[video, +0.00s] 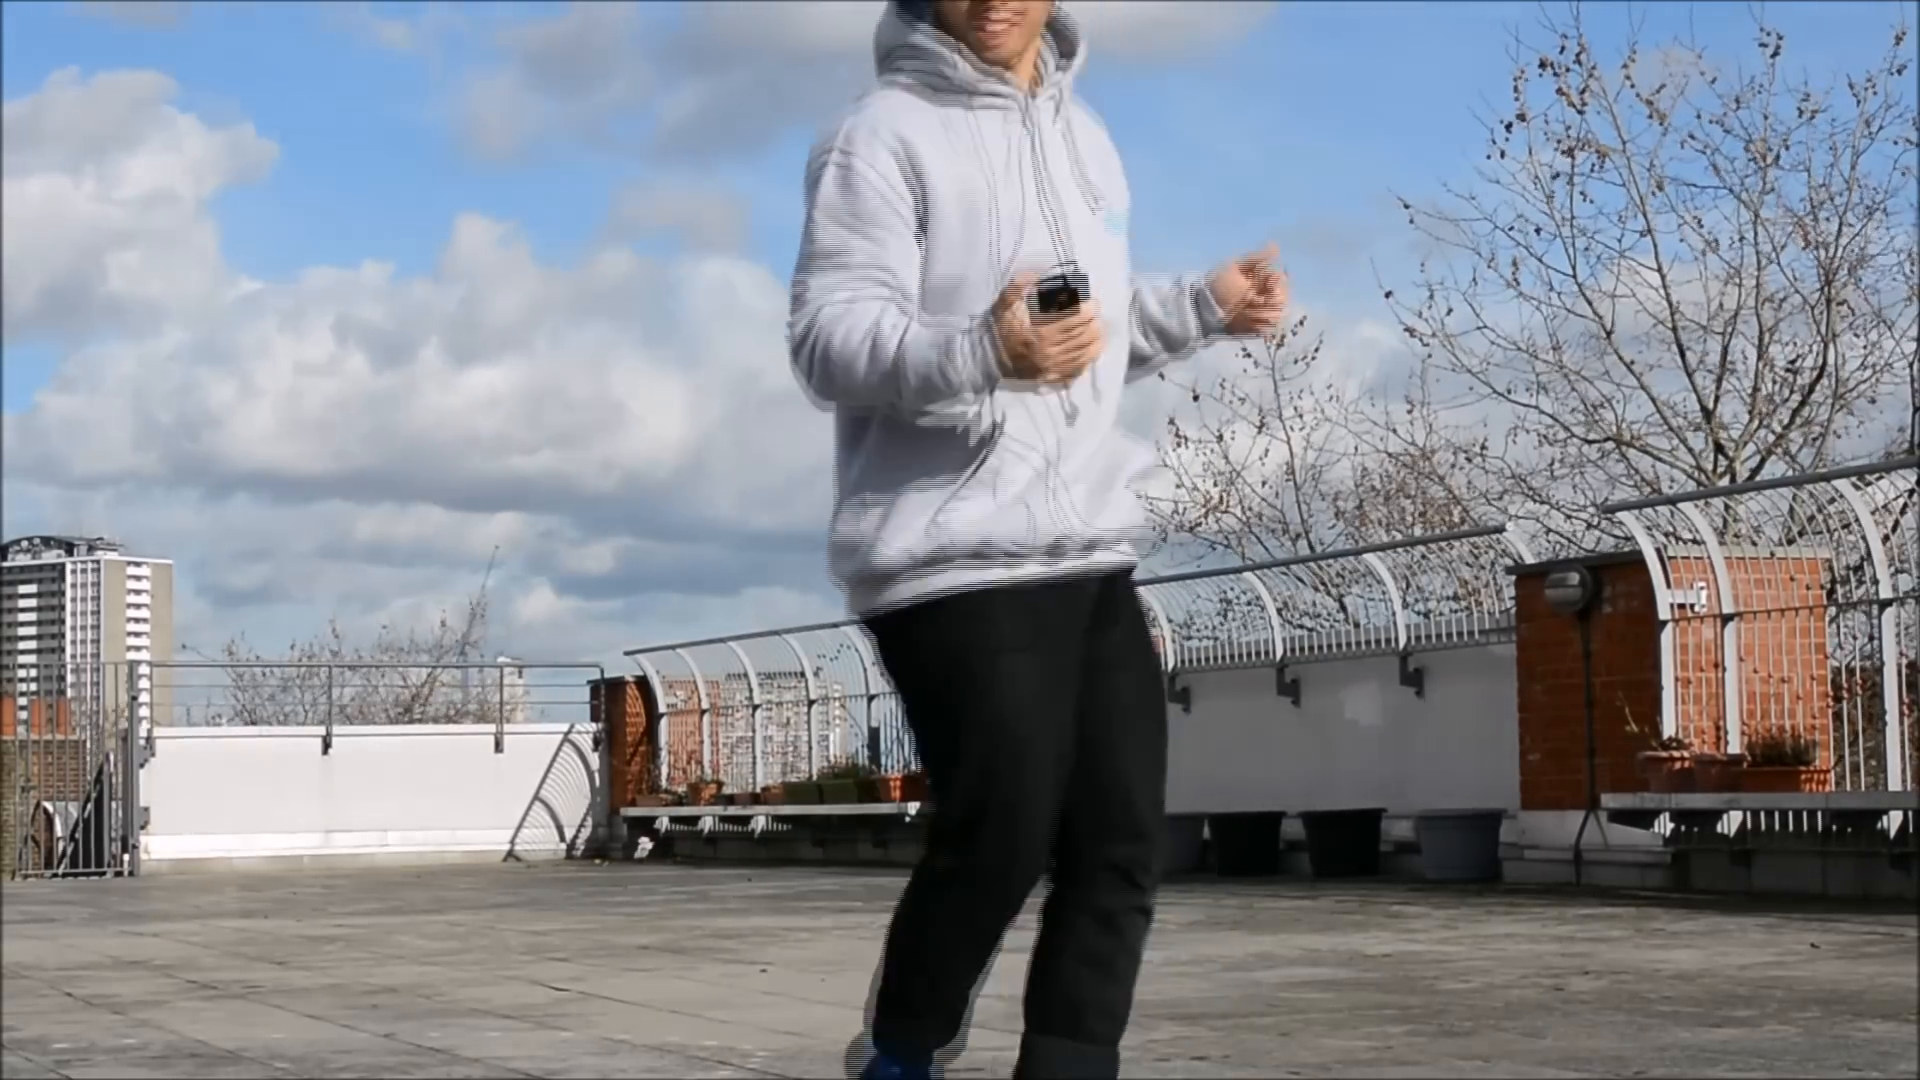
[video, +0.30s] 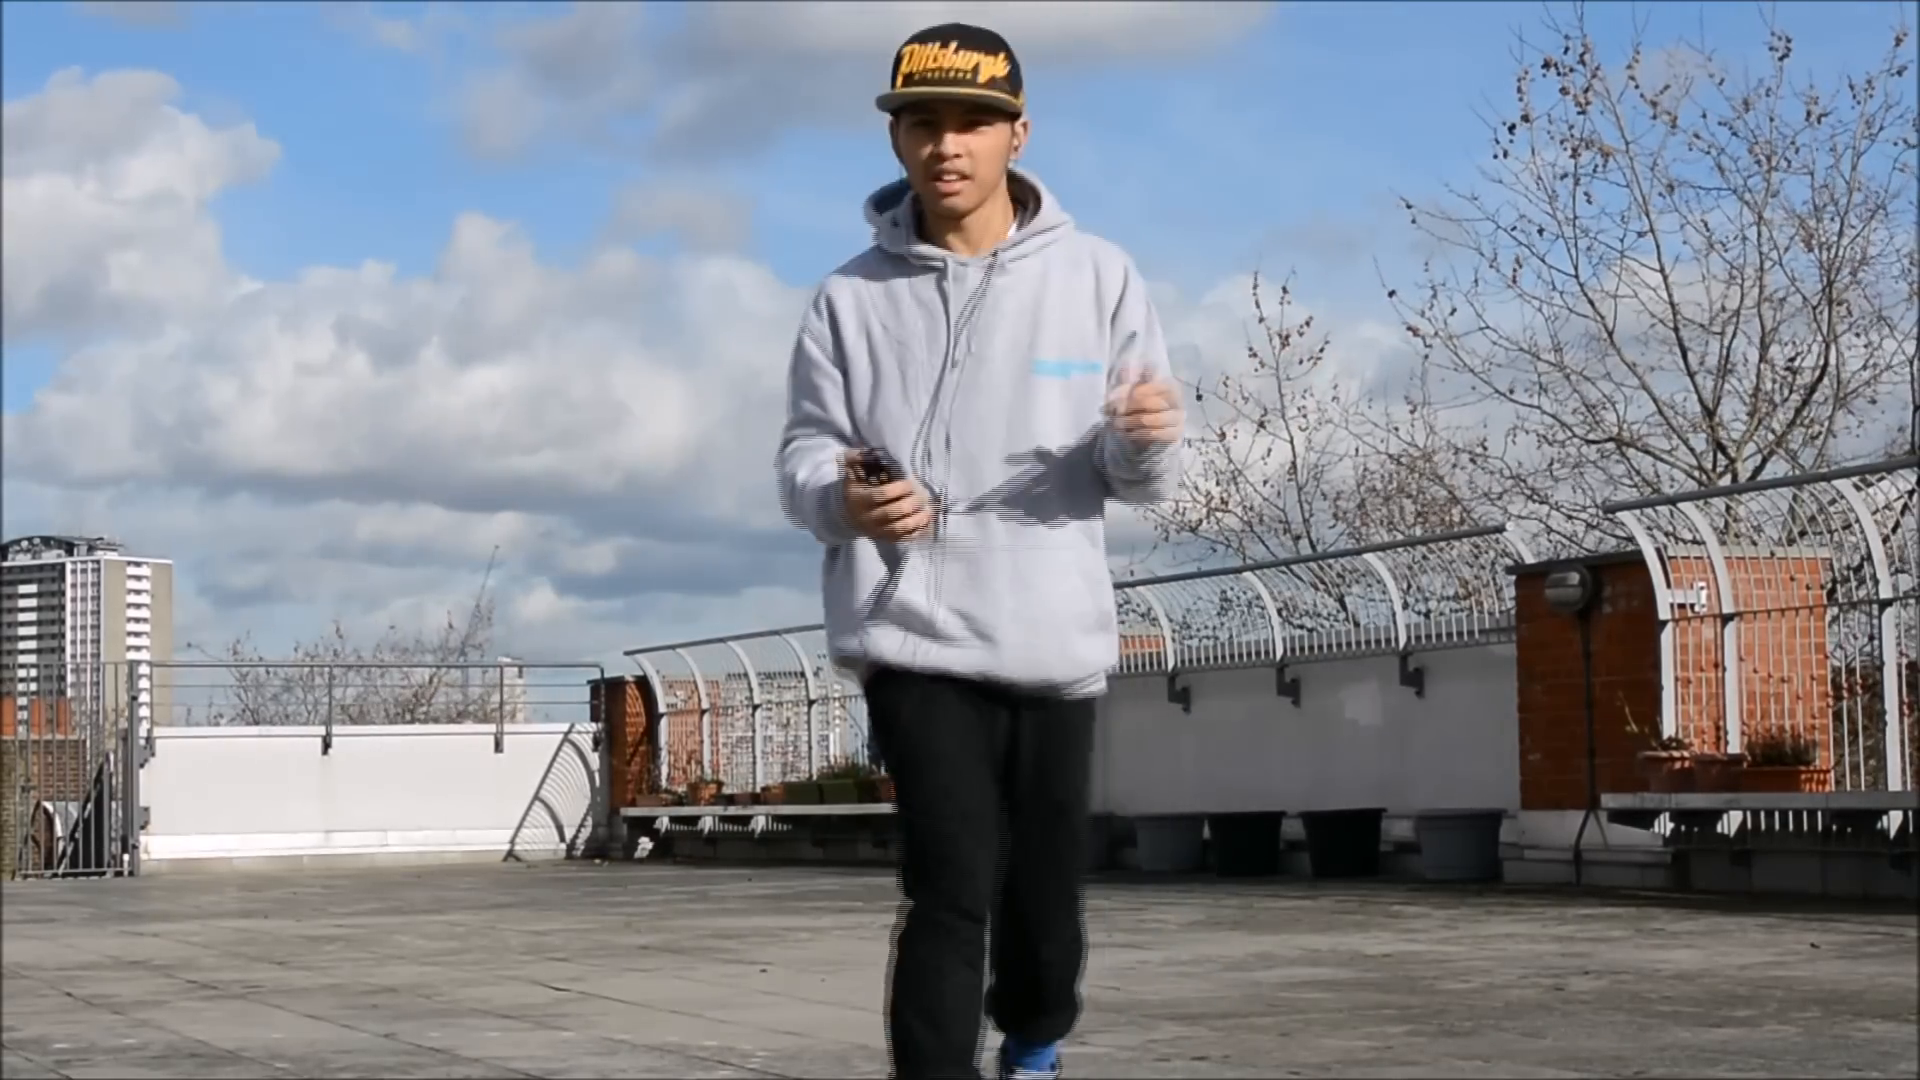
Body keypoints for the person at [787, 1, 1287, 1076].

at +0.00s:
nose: (998, 0)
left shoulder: (1088, 143)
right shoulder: (881, 134)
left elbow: (1095, 330)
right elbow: (831, 339)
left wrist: (1202, 306)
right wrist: (985, 352)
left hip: (1086, 555)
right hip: (942, 558)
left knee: (1118, 849)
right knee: (1002, 826)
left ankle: (1068, 1070)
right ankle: (898, 1057)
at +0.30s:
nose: (945, 148)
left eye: (970, 125)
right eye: (924, 126)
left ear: (1014, 135)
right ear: (898, 139)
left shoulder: (1098, 275)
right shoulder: (846, 297)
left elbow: (1142, 477)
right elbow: (801, 463)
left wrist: (1147, 437)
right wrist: (843, 499)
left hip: (1055, 628)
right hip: (912, 631)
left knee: (1047, 877)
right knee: (951, 887)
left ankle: (1034, 1051)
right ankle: (935, 1072)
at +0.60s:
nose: (932, 204)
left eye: (956, 183)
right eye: (914, 183)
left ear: (999, 194)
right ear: (893, 195)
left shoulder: (1070, 316)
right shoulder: (849, 330)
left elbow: (1135, 446)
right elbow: (814, 463)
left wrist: (1107, 466)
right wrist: (830, 497)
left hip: (1030, 649)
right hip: (896, 650)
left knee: (1013, 882)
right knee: (878, 877)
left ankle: (1014, 1069)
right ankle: (888, 1022)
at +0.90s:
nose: (885, 257)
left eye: (907, 237)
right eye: (867, 239)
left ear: (948, 248)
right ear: (848, 253)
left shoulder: (1016, 367)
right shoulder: (808, 379)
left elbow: (1056, 535)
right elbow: (770, 510)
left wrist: (1050, 483)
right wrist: (794, 532)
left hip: (982, 654)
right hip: (866, 666)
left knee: (956, 859)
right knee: (898, 876)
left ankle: (988, 1066)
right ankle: (937, 1057)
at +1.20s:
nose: (850, 246)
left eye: (871, 226)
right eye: (834, 228)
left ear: (916, 232)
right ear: (818, 238)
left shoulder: (965, 334)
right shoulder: (784, 357)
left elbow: (1010, 447)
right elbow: (749, 483)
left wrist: (951, 306)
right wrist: (763, 511)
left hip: (930, 650)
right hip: (817, 652)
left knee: (908, 875)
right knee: (811, 870)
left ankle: (913, 1069)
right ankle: (890, 1038)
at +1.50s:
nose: (799, 246)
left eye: (820, 226)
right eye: (785, 229)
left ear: (871, 228)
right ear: (774, 238)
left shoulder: (937, 335)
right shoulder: (750, 354)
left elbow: (927, 440)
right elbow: (713, 477)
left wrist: (893, 296)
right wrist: (713, 500)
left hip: (891, 660)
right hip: (771, 657)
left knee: (890, 881)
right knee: (718, 858)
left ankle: (908, 1069)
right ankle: (721, 1055)